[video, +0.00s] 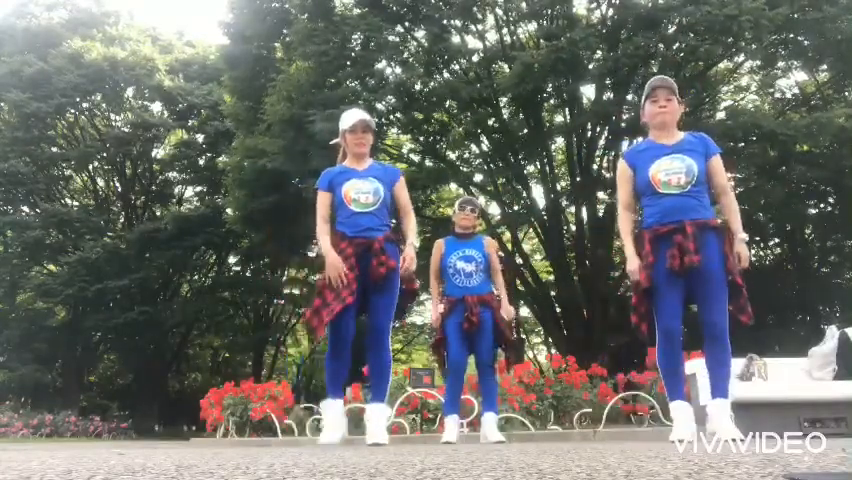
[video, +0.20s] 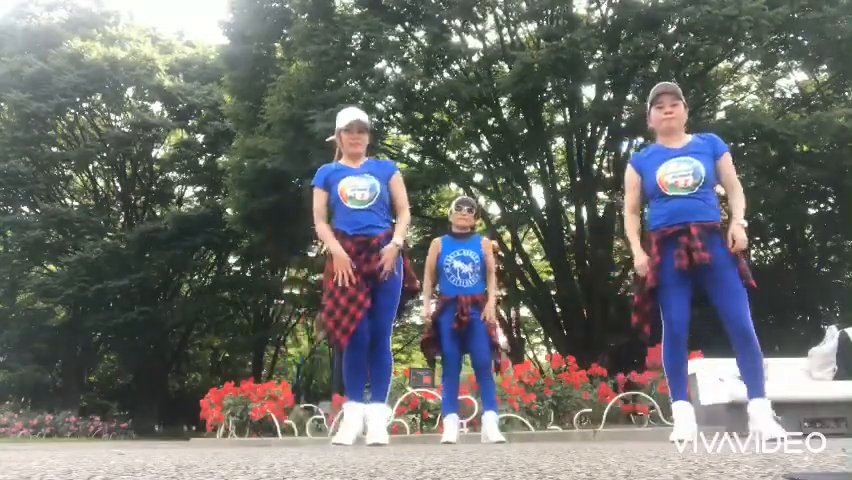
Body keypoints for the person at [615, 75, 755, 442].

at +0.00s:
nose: (661, 104)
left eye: (668, 99)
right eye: (654, 100)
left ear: (680, 108)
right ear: (643, 113)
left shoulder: (701, 142)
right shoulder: (631, 155)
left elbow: (724, 191)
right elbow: (625, 208)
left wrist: (739, 236)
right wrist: (630, 252)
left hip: (705, 237)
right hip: (659, 241)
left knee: (717, 324)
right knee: (669, 328)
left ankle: (720, 410)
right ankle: (679, 413)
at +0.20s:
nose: (668, 111)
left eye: (674, 106)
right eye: (660, 107)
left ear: (686, 112)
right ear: (650, 118)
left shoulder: (710, 143)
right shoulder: (640, 160)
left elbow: (733, 187)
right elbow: (630, 211)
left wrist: (737, 221)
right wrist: (637, 251)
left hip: (713, 238)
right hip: (667, 245)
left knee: (742, 324)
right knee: (675, 328)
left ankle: (759, 408)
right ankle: (681, 412)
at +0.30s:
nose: (667, 112)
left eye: (673, 106)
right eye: (659, 109)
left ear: (686, 113)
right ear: (650, 120)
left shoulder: (706, 139)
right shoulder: (640, 165)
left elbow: (721, 184)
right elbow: (641, 215)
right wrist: (650, 250)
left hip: (716, 240)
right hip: (673, 248)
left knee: (748, 322)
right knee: (680, 327)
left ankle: (761, 411)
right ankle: (687, 412)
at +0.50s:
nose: (643, 114)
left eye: (650, 108)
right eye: (635, 111)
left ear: (664, 115)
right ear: (628, 123)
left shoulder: (678, 137)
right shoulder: (626, 165)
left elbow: (694, 173)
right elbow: (628, 211)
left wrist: (657, 215)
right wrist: (633, 235)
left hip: (701, 240)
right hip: (661, 250)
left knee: (741, 313)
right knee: (638, 314)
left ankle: (771, 402)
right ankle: (645, 405)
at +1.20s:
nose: (615, 147)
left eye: (622, 139)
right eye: (612, 143)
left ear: (644, 142)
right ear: (611, 150)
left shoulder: (665, 166)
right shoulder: (622, 192)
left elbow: (717, 185)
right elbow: (627, 239)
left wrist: (700, 235)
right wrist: (626, 264)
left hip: (694, 267)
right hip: (652, 277)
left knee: (731, 338)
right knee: (611, 320)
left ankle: (760, 414)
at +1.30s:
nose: (611, 135)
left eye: (620, 128)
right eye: (609, 131)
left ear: (640, 138)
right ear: (607, 143)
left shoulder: (658, 166)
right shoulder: (605, 187)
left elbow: (705, 199)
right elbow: (607, 233)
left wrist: (704, 238)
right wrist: (606, 261)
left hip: (667, 266)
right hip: (627, 274)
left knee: (709, 340)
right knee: (591, 327)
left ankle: (757, 411)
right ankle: (587, 417)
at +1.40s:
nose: (611, 111)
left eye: (619, 106)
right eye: (608, 107)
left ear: (638, 116)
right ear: (604, 117)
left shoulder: (654, 150)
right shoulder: (586, 153)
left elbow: (685, 191)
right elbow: (566, 198)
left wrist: (660, 200)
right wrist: (593, 206)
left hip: (646, 245)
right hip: (603, 249)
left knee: (683, 319)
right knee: (584, 326)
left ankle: (728, 398)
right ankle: (586, 416)